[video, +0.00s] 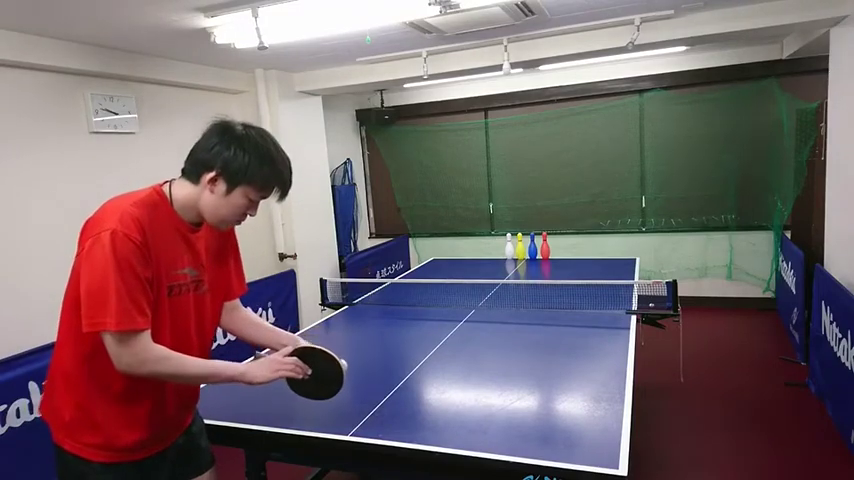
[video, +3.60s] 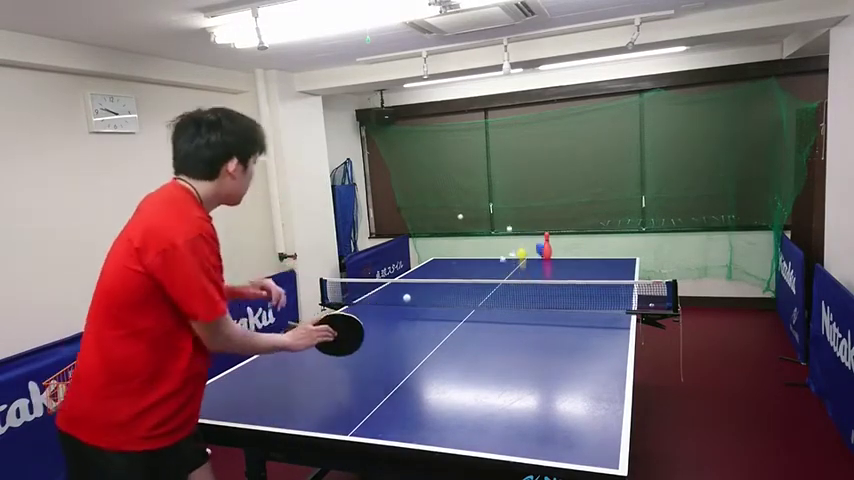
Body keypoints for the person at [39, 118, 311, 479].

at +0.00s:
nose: (252, 214)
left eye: (257, 204)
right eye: (250, 200)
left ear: (212, 182)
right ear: (213, 181)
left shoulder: (215, 225)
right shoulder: (119, 232)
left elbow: (229, 311)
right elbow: (131, 354)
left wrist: (294, 344)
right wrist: (242, 371)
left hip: (175, 423)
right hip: (104, 445)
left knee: (201, 473)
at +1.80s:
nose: (249, 221)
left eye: (255, 212)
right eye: (247, 210)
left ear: (207, 193)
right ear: (207, 192)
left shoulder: (217, 232)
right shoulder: (105, 239)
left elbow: (238, 312)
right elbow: (90, 364)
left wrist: (311, 355)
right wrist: (200, 411)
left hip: (172, 434)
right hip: (96, 453)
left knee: (200, 472)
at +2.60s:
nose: (268, 225)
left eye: (273, 216)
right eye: (266, 214)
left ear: (228, 197)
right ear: (228, 196)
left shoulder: (233, 234)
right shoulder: (132, 239)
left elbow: (252, 304)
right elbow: (84, 354)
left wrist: (316, 335)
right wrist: (197, 391)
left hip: (176, 428)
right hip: (105, 442)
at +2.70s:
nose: (281, 228)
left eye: (286, 219)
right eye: (281, 216)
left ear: (247, 201)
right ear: (246, 200)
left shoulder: (237, 231)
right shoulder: (159, 245)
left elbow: (255, 303)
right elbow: (152, 363)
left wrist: (317, 319)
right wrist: (264, 388)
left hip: (176, 415)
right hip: (112, 430)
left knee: (199, 472)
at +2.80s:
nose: (292, 228)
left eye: (297, 219)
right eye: (293, 216)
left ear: (258, 202)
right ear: (261, 203)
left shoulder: (235, 225)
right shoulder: (191, 262)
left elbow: (255, 299)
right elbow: (239, 352)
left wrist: (303, 299)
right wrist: (318, 364)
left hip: (172, 410)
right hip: (118, 426)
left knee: (202, 472)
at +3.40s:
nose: (284, 188)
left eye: (286, 178)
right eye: (285, 178)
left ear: (225, 165)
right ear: (267, 178)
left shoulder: (192, 204)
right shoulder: (224, 234)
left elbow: (218, 293)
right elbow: (253, 330)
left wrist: (270, 278)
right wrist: (309, 332)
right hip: (143, 428)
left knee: (207, 471)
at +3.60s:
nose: (251, 177)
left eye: (254, 166)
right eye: (252, 166)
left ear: (189, 159)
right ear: (231, 167)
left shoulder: (165, 204)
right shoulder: (183, 226)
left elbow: (180, 284)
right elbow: (219, 336)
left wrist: (241, 292)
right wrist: (288, 341)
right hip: (130, 436)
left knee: (200, 468)